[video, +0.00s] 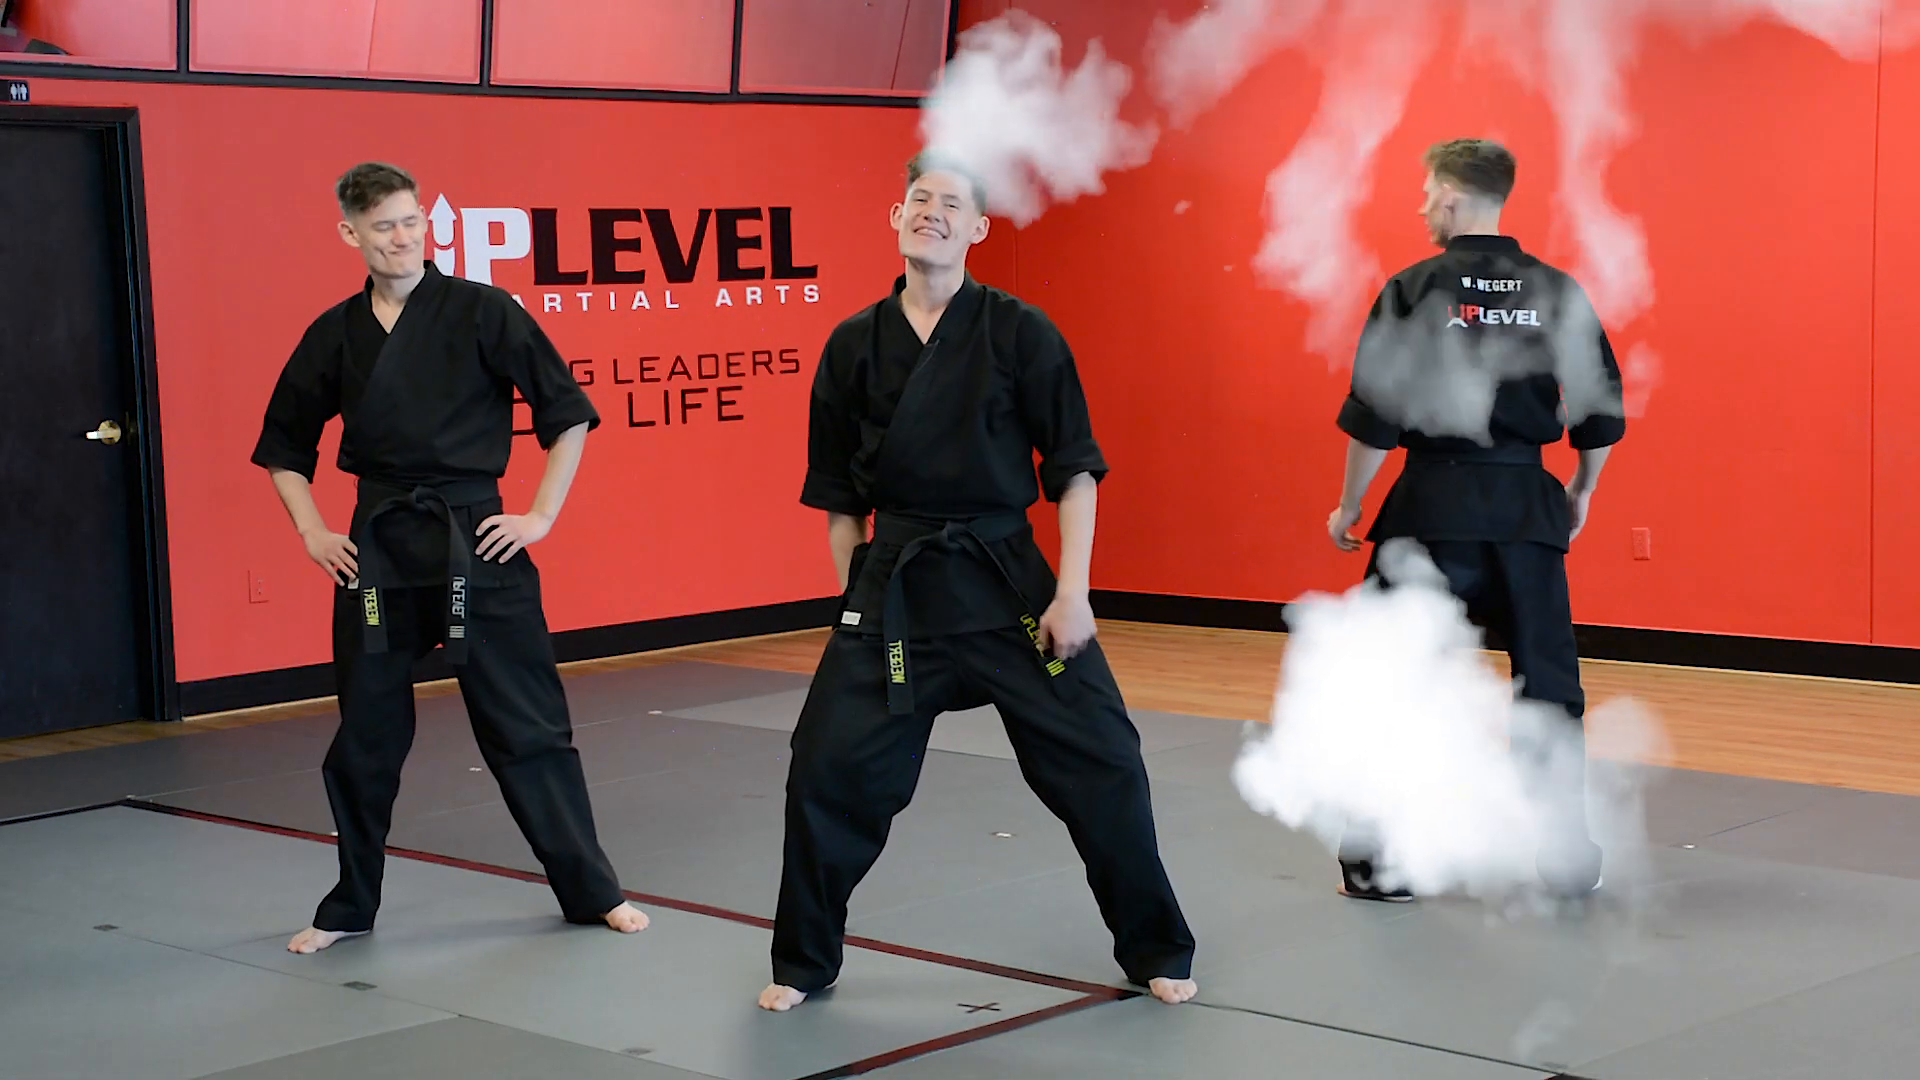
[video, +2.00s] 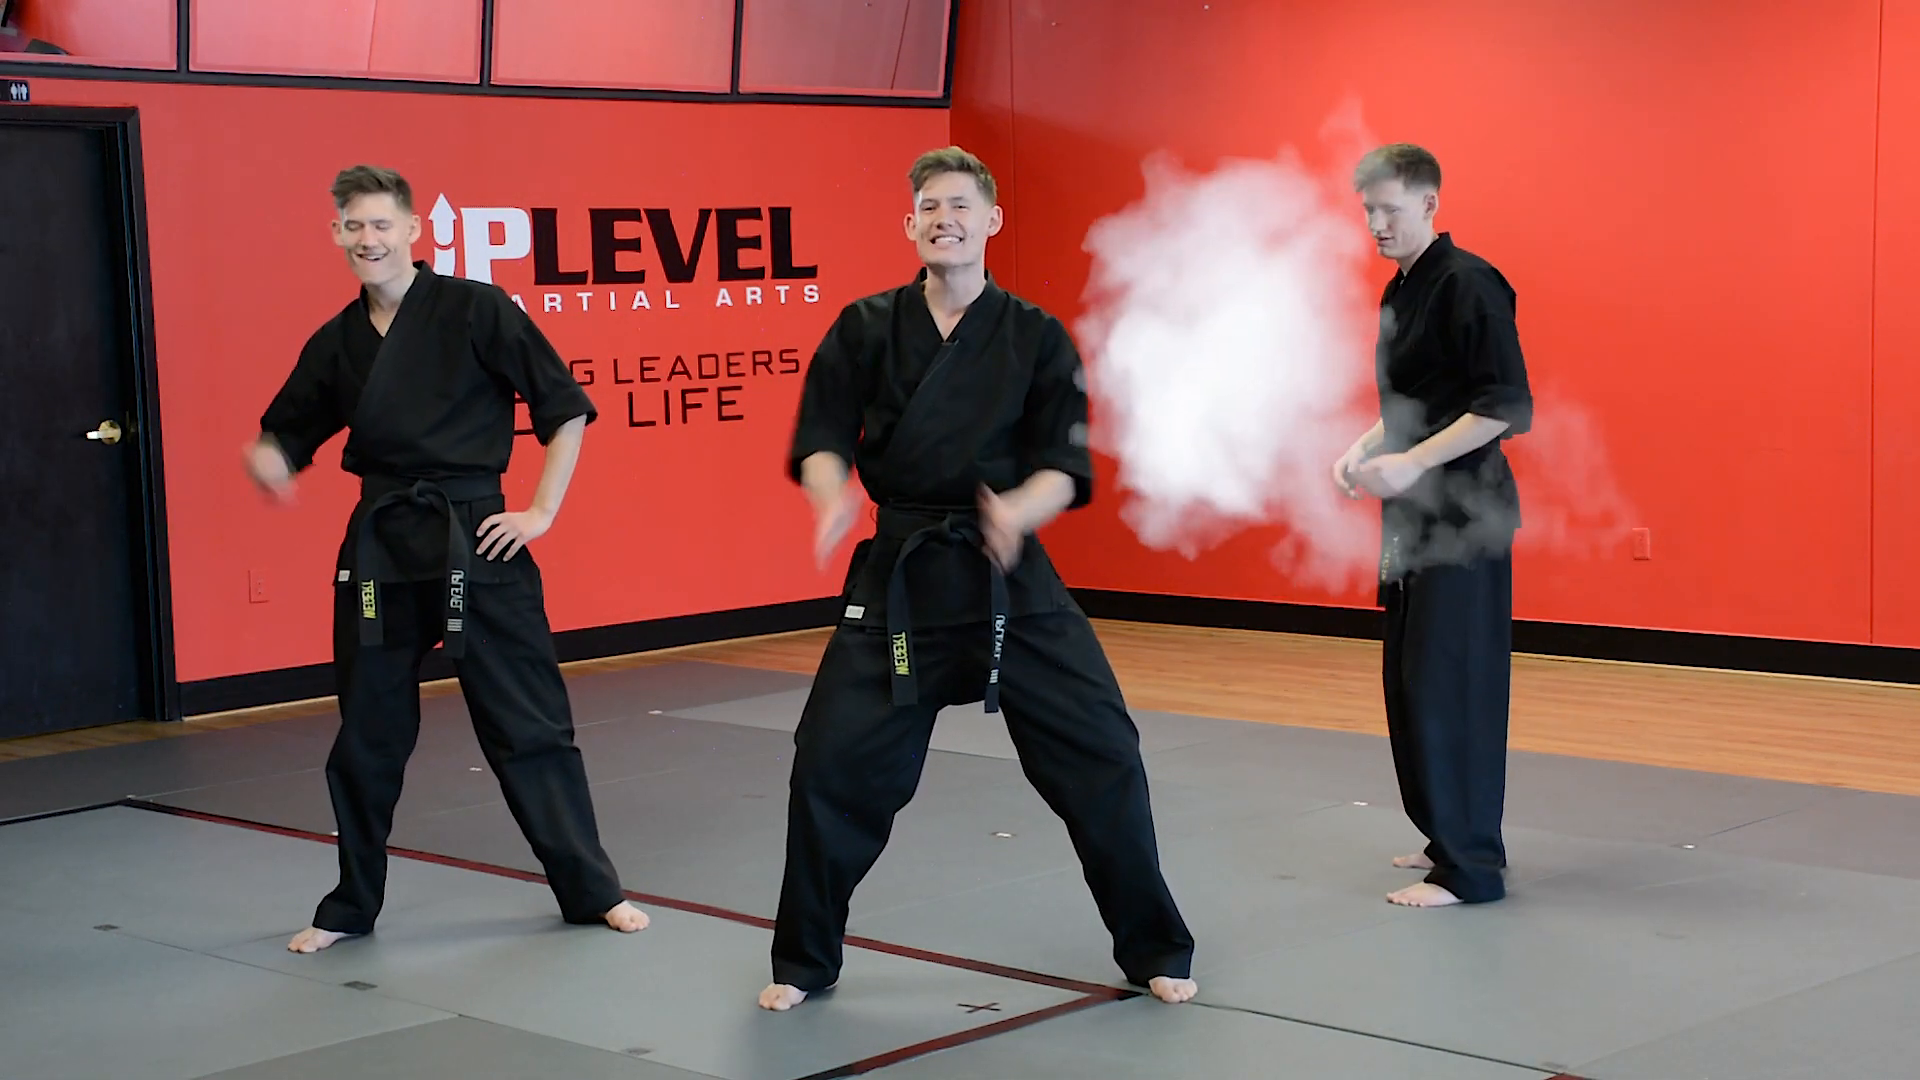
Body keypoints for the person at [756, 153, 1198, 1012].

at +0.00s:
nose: (930, 212)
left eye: (951, 203)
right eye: (919, 199)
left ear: (979, 230)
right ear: (895, 219)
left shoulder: (1023, 334)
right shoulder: (853, 346)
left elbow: (1076, 469)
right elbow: (840, 494)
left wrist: (1073, 592)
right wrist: (855, 605)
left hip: (1007, 580)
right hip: (893, 587)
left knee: (1105, 765)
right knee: (827, 767)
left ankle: (1155, 947)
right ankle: (804, 959)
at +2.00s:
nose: (942, 217)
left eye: (959, 205)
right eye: (929, 207)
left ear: (994, 221)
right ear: (910, 228)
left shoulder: (1036, 336)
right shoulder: (864, 327)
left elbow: (1065, 466)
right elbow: (819, 436)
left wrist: (1019, 507)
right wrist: (832, 496)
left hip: (1013, 573)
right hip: (898, 574)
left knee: (1103, 753)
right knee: (832, 764)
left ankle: (1153, 948)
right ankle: (805, 959)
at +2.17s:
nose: (938, 218)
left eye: (955, 205)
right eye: (925, 207)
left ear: (990, 219)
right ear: (907, 225)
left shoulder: (1032, 330)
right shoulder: (867, 326)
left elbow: (1031, 458)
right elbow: (841, 436)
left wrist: (953, 432)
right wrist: (918, 422)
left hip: (1010, 571)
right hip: (898, 574)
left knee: (1101, 754)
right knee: (829, 764)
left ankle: (1152, 948)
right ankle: (804, 960)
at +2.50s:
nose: (924, 218)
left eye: (941, 204)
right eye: (913, 205)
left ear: (979, 218)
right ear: (899, 222)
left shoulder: (1024, 306)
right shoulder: (878, 316)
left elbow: (1052, 375)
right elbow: (787, 357)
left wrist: (969, 302)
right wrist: (854, 307)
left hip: (1009, 566)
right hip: (901, 567)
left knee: (1095, 757)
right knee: (833, 763)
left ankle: (1151, 952)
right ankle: (805, 960)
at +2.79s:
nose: (914, 215)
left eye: (934, 202)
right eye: (907, 200)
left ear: (974, 219)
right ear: (895, 214)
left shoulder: (1013, 307)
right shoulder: (875, 307)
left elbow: (1053, 348)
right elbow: (770, 332)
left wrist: (970, 280)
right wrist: (848, 273)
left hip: (1007, 563)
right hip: (903, 565)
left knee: (1091, 757)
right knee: (835, 763)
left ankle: (1150, 953)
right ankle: (807, 961)